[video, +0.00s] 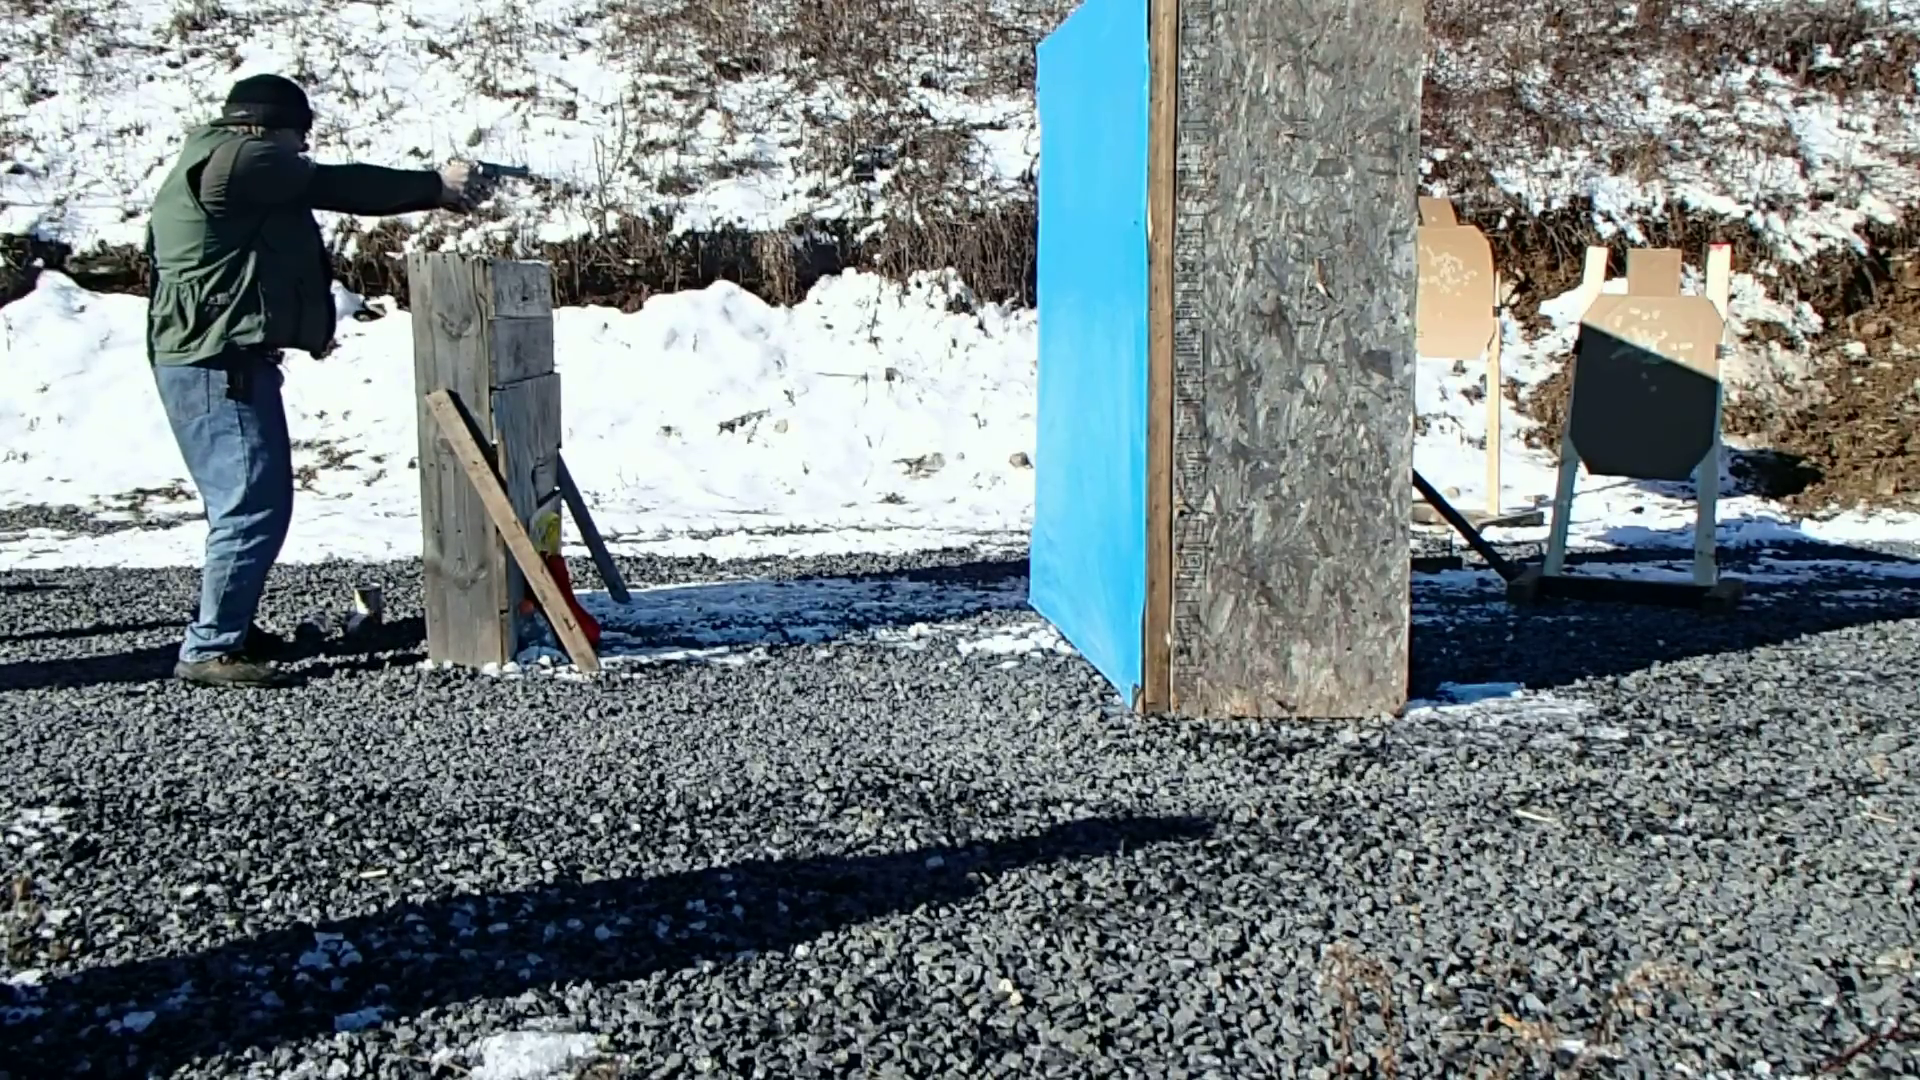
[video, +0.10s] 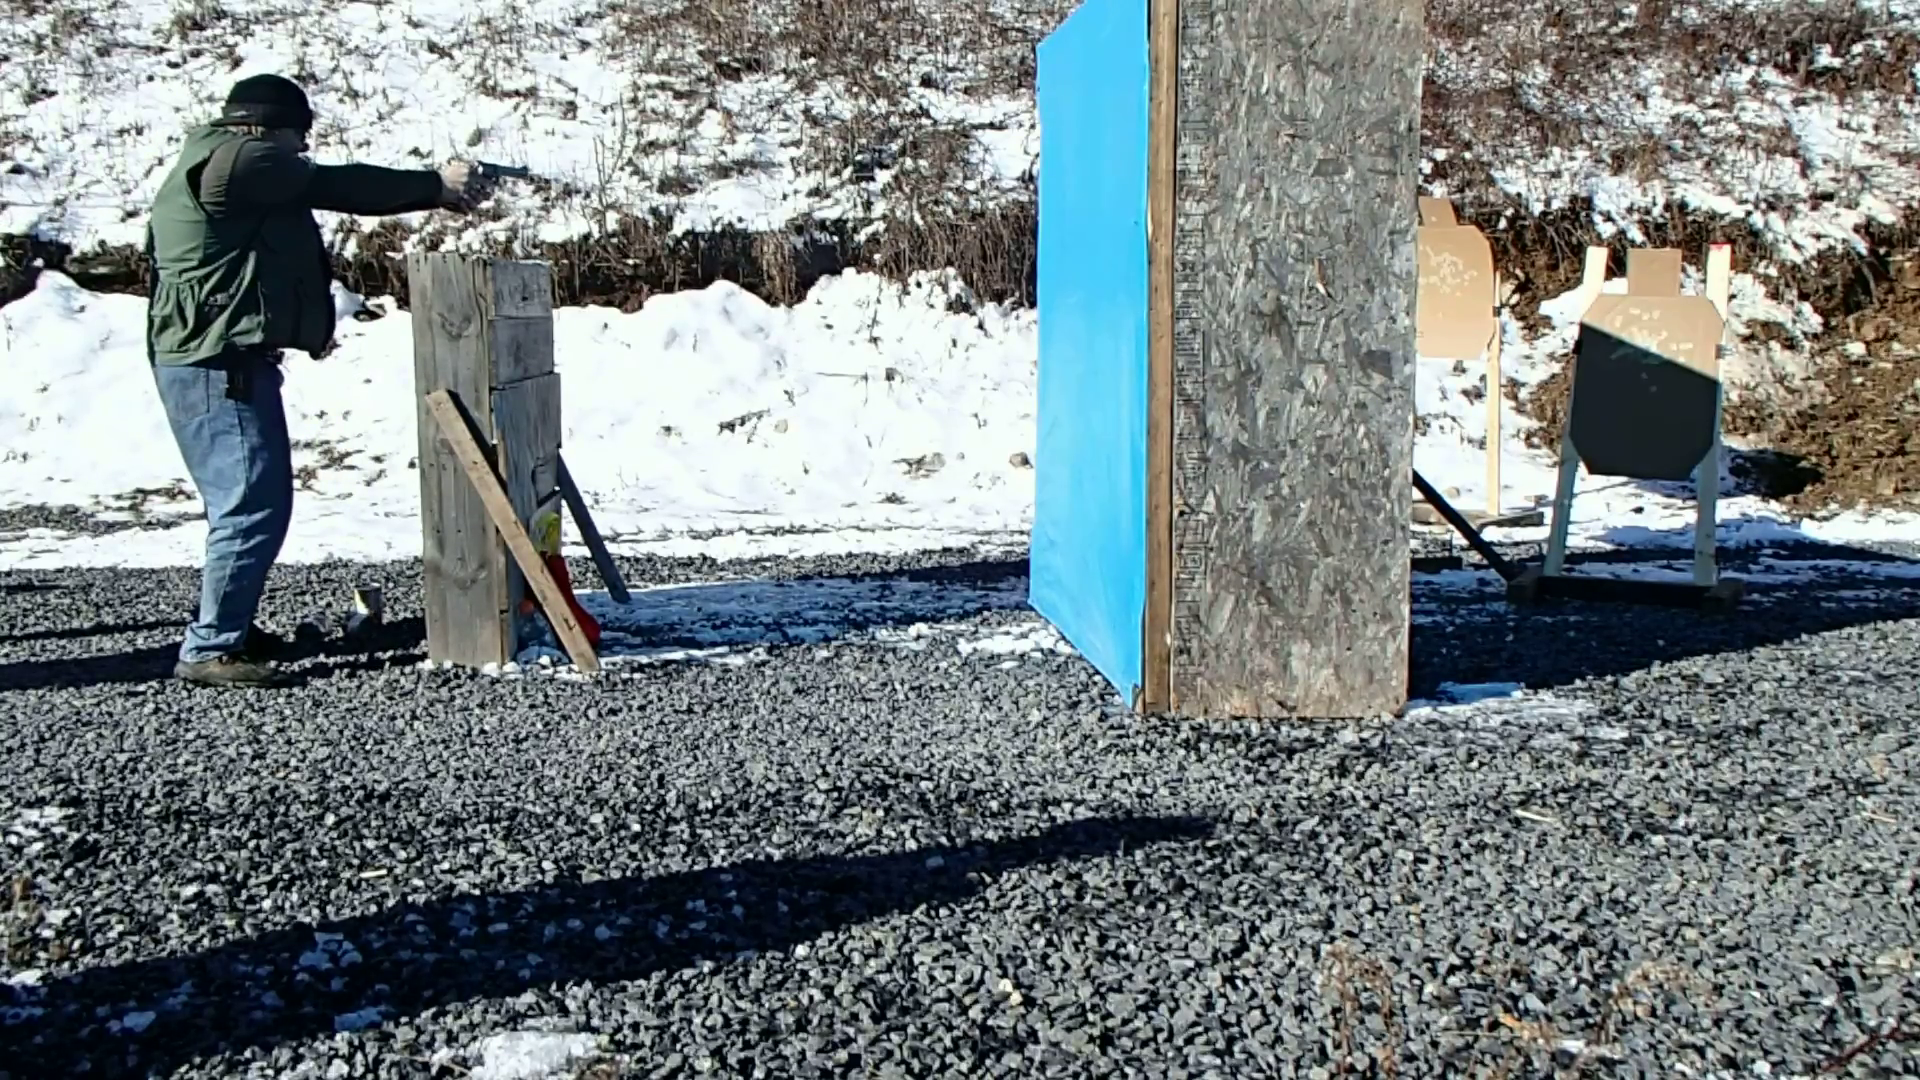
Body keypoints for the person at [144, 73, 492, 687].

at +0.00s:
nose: (303, 148)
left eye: (303, 138)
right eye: (298, 136)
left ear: (243, 118)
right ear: (271, 126)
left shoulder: (209, 159)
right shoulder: (240, 160)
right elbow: (344, 185)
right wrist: (438, 183)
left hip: (221, 359)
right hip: (220, 362)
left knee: (253, 500)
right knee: (252, 502)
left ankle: (230, 630)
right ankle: (212, 646)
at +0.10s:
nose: (303, 148)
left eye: (303, 137)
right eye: (298, 136)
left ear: (244, 118)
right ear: (272, 126)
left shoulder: (208, 158)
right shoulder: (241, 159)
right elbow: (344, 185)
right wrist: (438, 183)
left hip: (219, 358)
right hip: (220, 361)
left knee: (253, 500)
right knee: (251, 502)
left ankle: (229, 630)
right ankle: (211, 646)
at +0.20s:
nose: (303, 150)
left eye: (303, 139)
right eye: (298, 137)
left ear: (245, 118)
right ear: (272, 126)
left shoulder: (212, 158)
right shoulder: (237, 160)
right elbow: (340, 187)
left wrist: (433, 190)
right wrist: (437, 186)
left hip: (221, 359)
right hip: (218, 363)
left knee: (254, 502)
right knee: (251, 504)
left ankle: (230, 630)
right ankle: (211, 647)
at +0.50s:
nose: (312, 173)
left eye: (313, 162)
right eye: (306, 160)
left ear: (267, 156)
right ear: (270, 155)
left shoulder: (283, 207)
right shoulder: (213, 190)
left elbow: (315, 290)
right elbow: (262, 263)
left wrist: (354, 244)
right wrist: (343, 229)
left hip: (236, 379)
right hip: (194, 377)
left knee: (259, 494)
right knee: (280, 482)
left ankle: (201, 626)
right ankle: (218, 630)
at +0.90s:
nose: (356, 159)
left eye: (358, 147)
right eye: (344, 147)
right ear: (299, 151)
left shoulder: (352, 210)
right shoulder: (244, 205)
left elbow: (383, 299)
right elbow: (285, 285)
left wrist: (421, 279)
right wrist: (390, 261)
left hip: (330, 406)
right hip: (250, 409)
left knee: (375, 517)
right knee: (286, 540)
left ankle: (298, 625)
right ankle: (227, 667)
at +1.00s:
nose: (383, 147)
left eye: (385, 135)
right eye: (371, 136)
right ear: (325, 140)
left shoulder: (378, 198)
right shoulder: (276, 192)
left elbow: (414, 281)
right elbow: (330, 271)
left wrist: (456, 258)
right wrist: (435, 255)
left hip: (360, 401)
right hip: (281, 402)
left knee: (411, 512)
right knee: (300, 543)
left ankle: (386, 662)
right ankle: (234, 665)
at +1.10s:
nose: (407, 153)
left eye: (408, 140)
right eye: (396, 141)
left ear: (390, 139)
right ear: (353, 140)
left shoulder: (403, 193)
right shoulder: (303, 188)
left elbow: (457, 262)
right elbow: (373, 255)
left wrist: (508, 256)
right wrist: (482, 242)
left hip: (388, 399)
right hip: (311, 400)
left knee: (436, 525)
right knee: (372, 532)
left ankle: (409, 682)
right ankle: (267, 629)